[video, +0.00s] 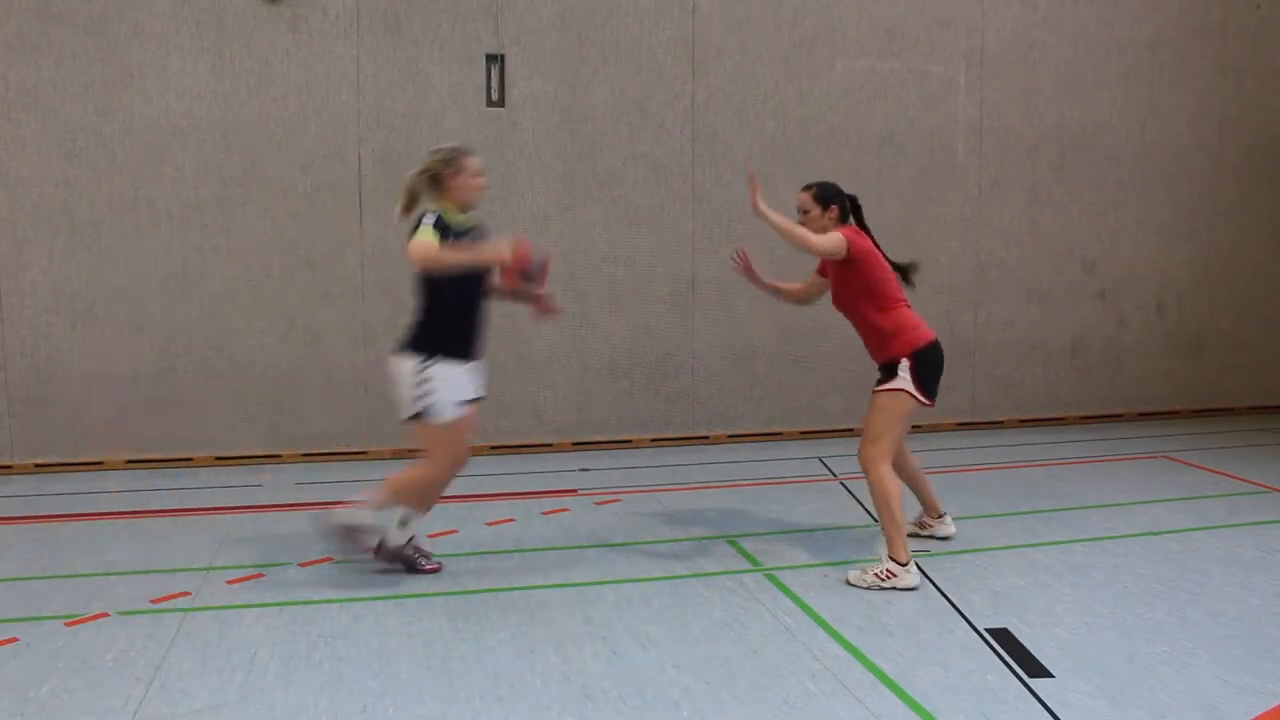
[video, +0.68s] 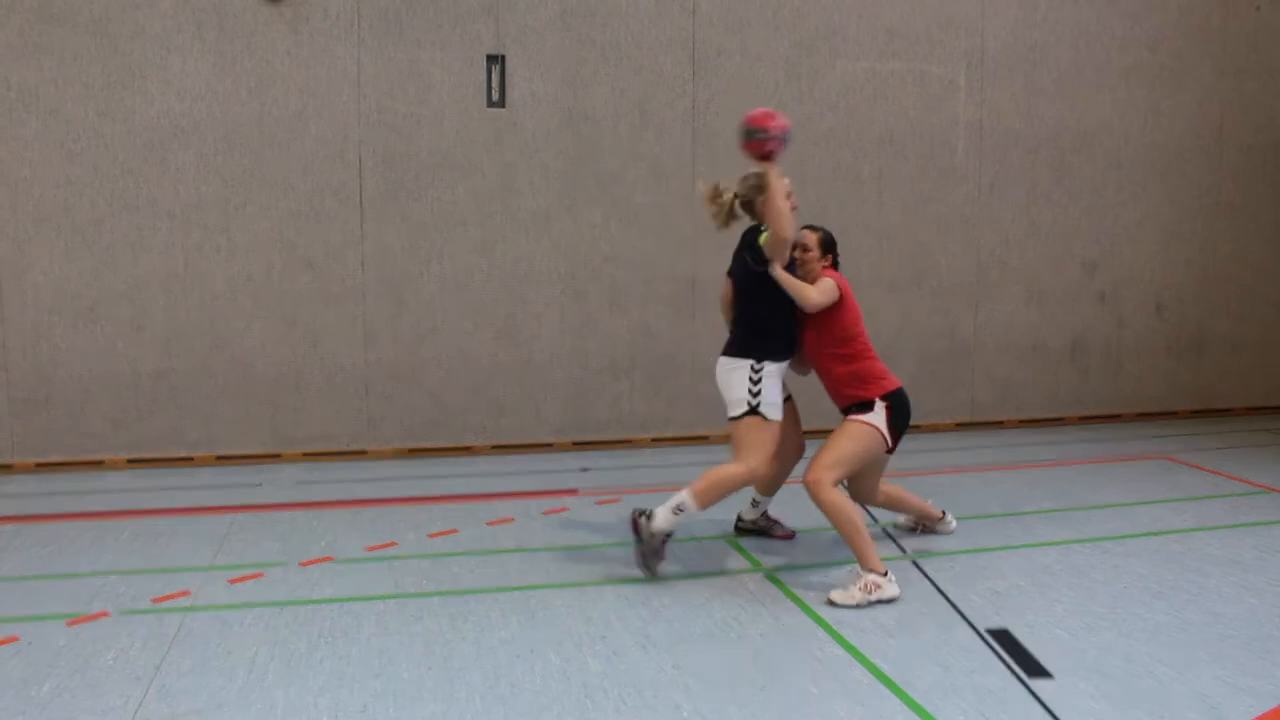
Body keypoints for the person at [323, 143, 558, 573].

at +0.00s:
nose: (482, 183)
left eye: (482, 175)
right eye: (474, 175)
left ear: (465, 182)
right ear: (447, 181)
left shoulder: (472, 230)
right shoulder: (433, 222)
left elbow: (477, 282)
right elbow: (421, 257)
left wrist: (525, 294)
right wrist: (494, 253)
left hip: (459, 360)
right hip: (428, 360)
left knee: (454, 455)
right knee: (445, 456)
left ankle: (398, 537)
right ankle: (361, 514)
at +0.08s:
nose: (531, 173)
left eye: (531, 165)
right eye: (522, 165)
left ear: (523, 172)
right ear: (494, 171)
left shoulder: (523, 219)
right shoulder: (475, 216)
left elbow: (536, 276)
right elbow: (426, 225)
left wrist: (582, 306)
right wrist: (469, 204)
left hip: (520, 344)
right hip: (487, 343)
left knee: (514, 444)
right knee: (508, 443)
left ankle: (450, 509)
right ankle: (457, 515)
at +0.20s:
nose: (615, 179)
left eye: (614, 172)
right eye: (606, 172)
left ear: (593, 179)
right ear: (582, 177)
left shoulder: (599, 222)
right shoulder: (560, 219)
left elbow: (588, 289)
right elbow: (507, 225)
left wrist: (623, 321)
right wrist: (484, 170)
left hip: (599, 352)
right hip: (561, 355)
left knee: (637, 427)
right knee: (575, 456)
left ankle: (618, 515)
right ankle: (530, 546)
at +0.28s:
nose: (662, 195)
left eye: (660, 187)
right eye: (653, 188)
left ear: (638, 195)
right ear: (629, 193)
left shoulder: (648, 239)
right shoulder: (611, 234)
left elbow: (643, 300)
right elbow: (562, 237)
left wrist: (663, 341)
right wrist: (528, 184)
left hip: (655, 364)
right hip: (619, 367)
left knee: (695, 435)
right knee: (600, 461)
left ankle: (721, 513)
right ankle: (532, 543)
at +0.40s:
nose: (719, 208)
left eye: (718, 200)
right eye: (712, 201)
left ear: (701, 207)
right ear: (687, 207)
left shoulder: (707, 246)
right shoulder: (678, 243)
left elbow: (704, 308)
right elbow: (657, 255)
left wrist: (729, 348)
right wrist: (626, 193)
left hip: (721, 369)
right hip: (685, 373)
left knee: (766, 440)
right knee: (677, 465)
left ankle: (751, 516)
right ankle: (596, 524)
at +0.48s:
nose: (745, 206)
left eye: (745, 199)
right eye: (738, 200)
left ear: (732, 207)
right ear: (713, 207)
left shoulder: (734, 251)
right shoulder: (708, 249)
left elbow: (738, 323)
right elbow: (696, 239)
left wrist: (777, 353)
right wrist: (682, 178)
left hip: (749, 366)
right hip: (717, 370)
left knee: (784, 439)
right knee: (709, 468)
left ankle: (753, 514)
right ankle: (625, 527)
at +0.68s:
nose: (793, 201)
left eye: (791, 194)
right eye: (785, 195)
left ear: (760, 207)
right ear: (764, 205)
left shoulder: (752, 245)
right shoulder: (761, 243)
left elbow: (729, 303)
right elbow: (781, 234)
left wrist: (748, 336)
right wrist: (770, 176)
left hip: (765, 365)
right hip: (750, 365)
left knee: (791, 446)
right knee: (752, 463)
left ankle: (753, 514)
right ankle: (657, 523)